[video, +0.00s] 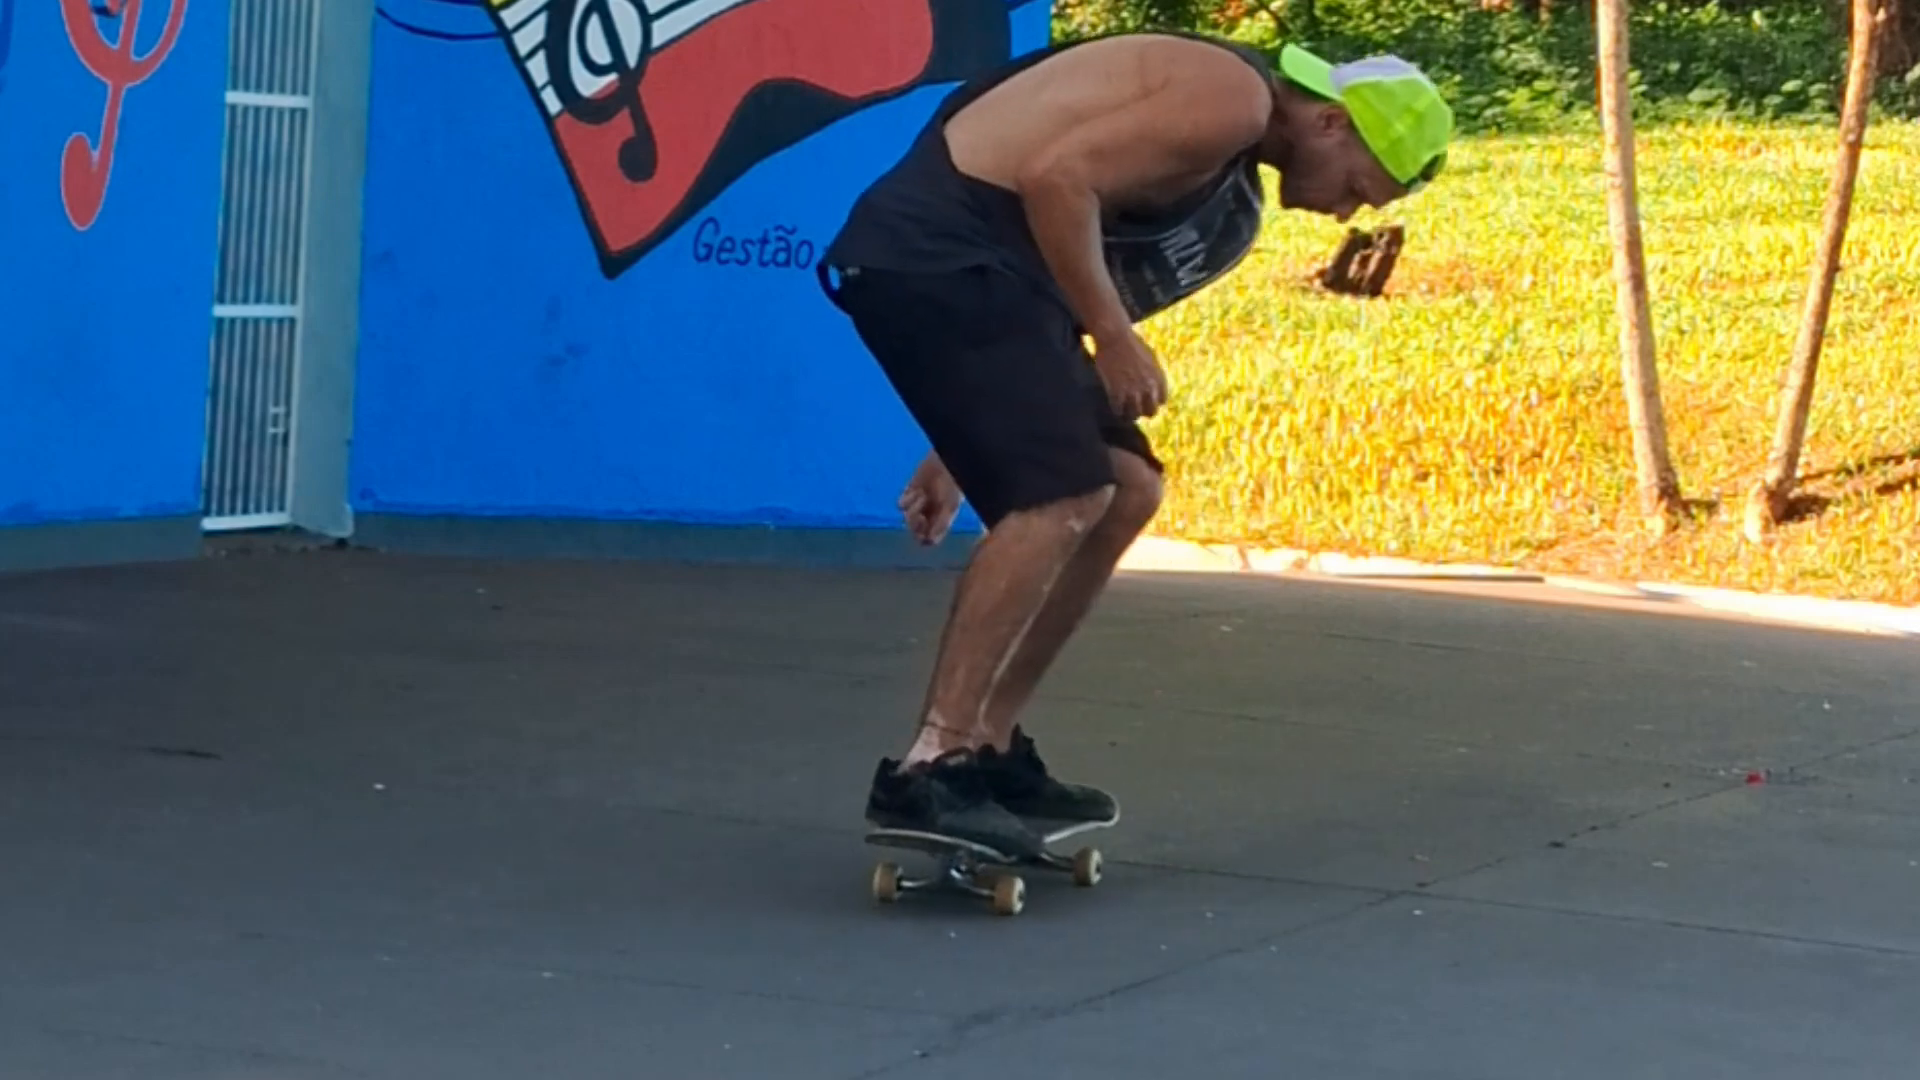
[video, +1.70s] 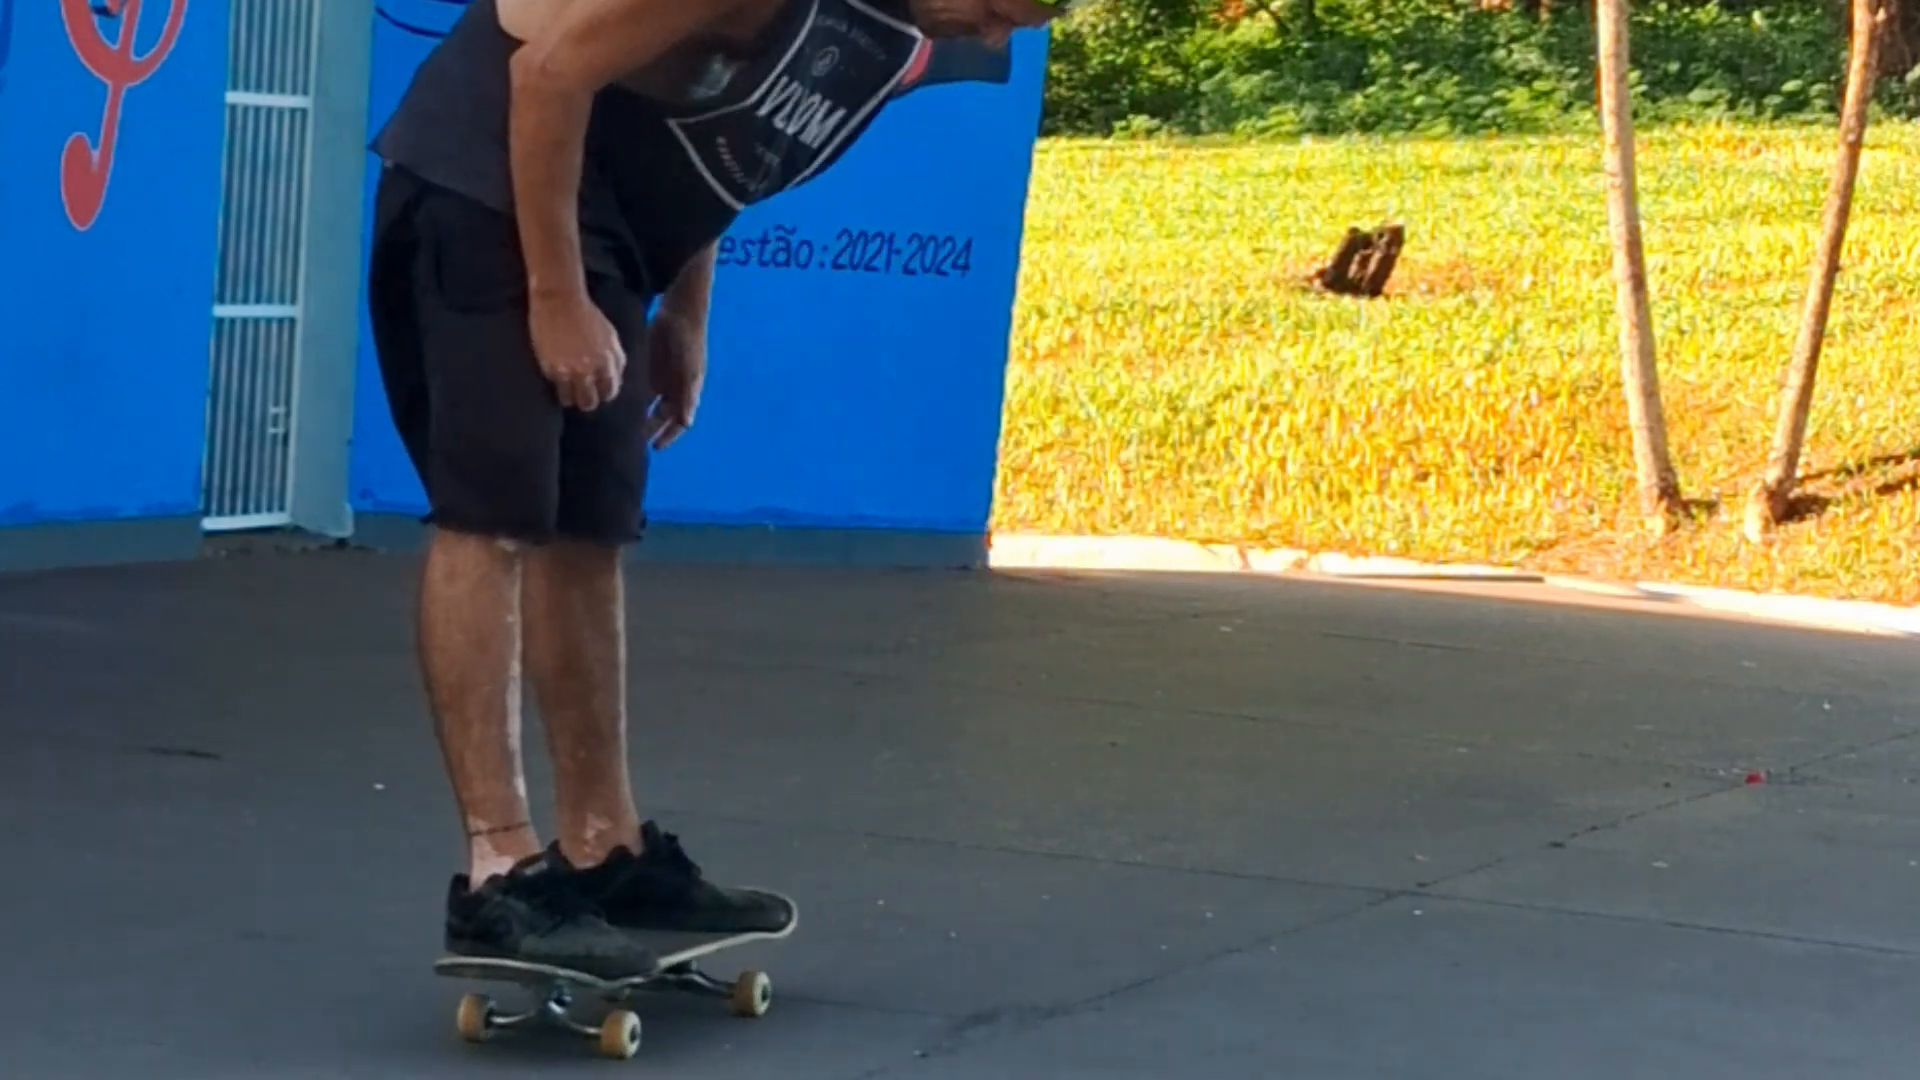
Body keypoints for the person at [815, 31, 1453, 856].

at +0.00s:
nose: (1355, 210)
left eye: (1372, 201)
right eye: (1366, 187)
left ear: (1333, 119)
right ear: (1335, 121)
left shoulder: (1225, 186)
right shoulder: (1228, 99)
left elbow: (1053, 286)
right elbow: (1056, 175)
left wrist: (961, 447)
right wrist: (1114, 334)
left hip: (985, 266)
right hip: (930, 249)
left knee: (1128, 490)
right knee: (1060, 498)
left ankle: (987, 743)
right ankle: (930, 763)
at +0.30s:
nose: (1292, 184)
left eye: (1311, 173)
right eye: (1304, 160)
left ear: (1276, 90)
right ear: (1275, 92)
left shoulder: (1173, 120)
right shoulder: (1143, 56)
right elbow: (931, 109)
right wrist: (993, 288)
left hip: (924, 255)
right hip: (853, 231)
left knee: (1034, 482)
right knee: (962, 484)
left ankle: (917, 762)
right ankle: (861, 782)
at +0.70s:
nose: (1226, 123)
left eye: (1244, 112)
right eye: (1232, 99)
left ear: (1189, 28)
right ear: (1191, 30)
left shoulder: (1107, 78)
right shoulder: (1041, 25)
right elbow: (825, 77)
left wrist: (881, 288)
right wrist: (856, 284)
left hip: (862, 242)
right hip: (754, 205)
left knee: (903, 477)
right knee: (816, 484)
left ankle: (837, 790)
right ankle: (767, 810)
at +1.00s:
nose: (1178, 92)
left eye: (1200, 82)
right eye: (1176, 65)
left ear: (1125, 7)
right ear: (1132, 1)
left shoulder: (1057, 64)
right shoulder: (970, 13)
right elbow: (755, 80)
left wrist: (810, 282)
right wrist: (772, 288)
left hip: (785, 229)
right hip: (675, 191)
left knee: (800, 484)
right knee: (717, 488)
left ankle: (771, 807)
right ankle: (693, 825)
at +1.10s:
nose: (1151, 89)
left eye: (1170, 79)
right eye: (1155, 63)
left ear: (1101, 11)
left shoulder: (1006, 50)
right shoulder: (943, 12)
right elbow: (731, 77)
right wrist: (742, 291)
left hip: (758, 229)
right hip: (655, 195)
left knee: (760, 497)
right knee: (676, 496)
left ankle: (748, 814)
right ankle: (667, 832)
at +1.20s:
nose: (1132, 83)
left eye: (1149, 73)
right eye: (1132, 58)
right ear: (1089, 2)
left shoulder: (1006, 69)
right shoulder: (921, 12)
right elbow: (704, 81)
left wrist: (754, 290)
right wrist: (711, 296)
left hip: (731, 231)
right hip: (627, 198)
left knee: (727, 506)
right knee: (642, 502)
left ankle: (724, 818)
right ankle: (640, 838)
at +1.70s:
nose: (1014, 23)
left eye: (1026, 20)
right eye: (1012, 6)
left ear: (993, 17)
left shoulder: (907, 51)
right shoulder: (771, 4)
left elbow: (723, 143)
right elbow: (550, 67)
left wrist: (685, 311)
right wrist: (557, 294)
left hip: (609, 225)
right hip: (479, 178)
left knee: (590, 521)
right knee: (485, 512)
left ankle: (603, 854)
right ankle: (499, 874)